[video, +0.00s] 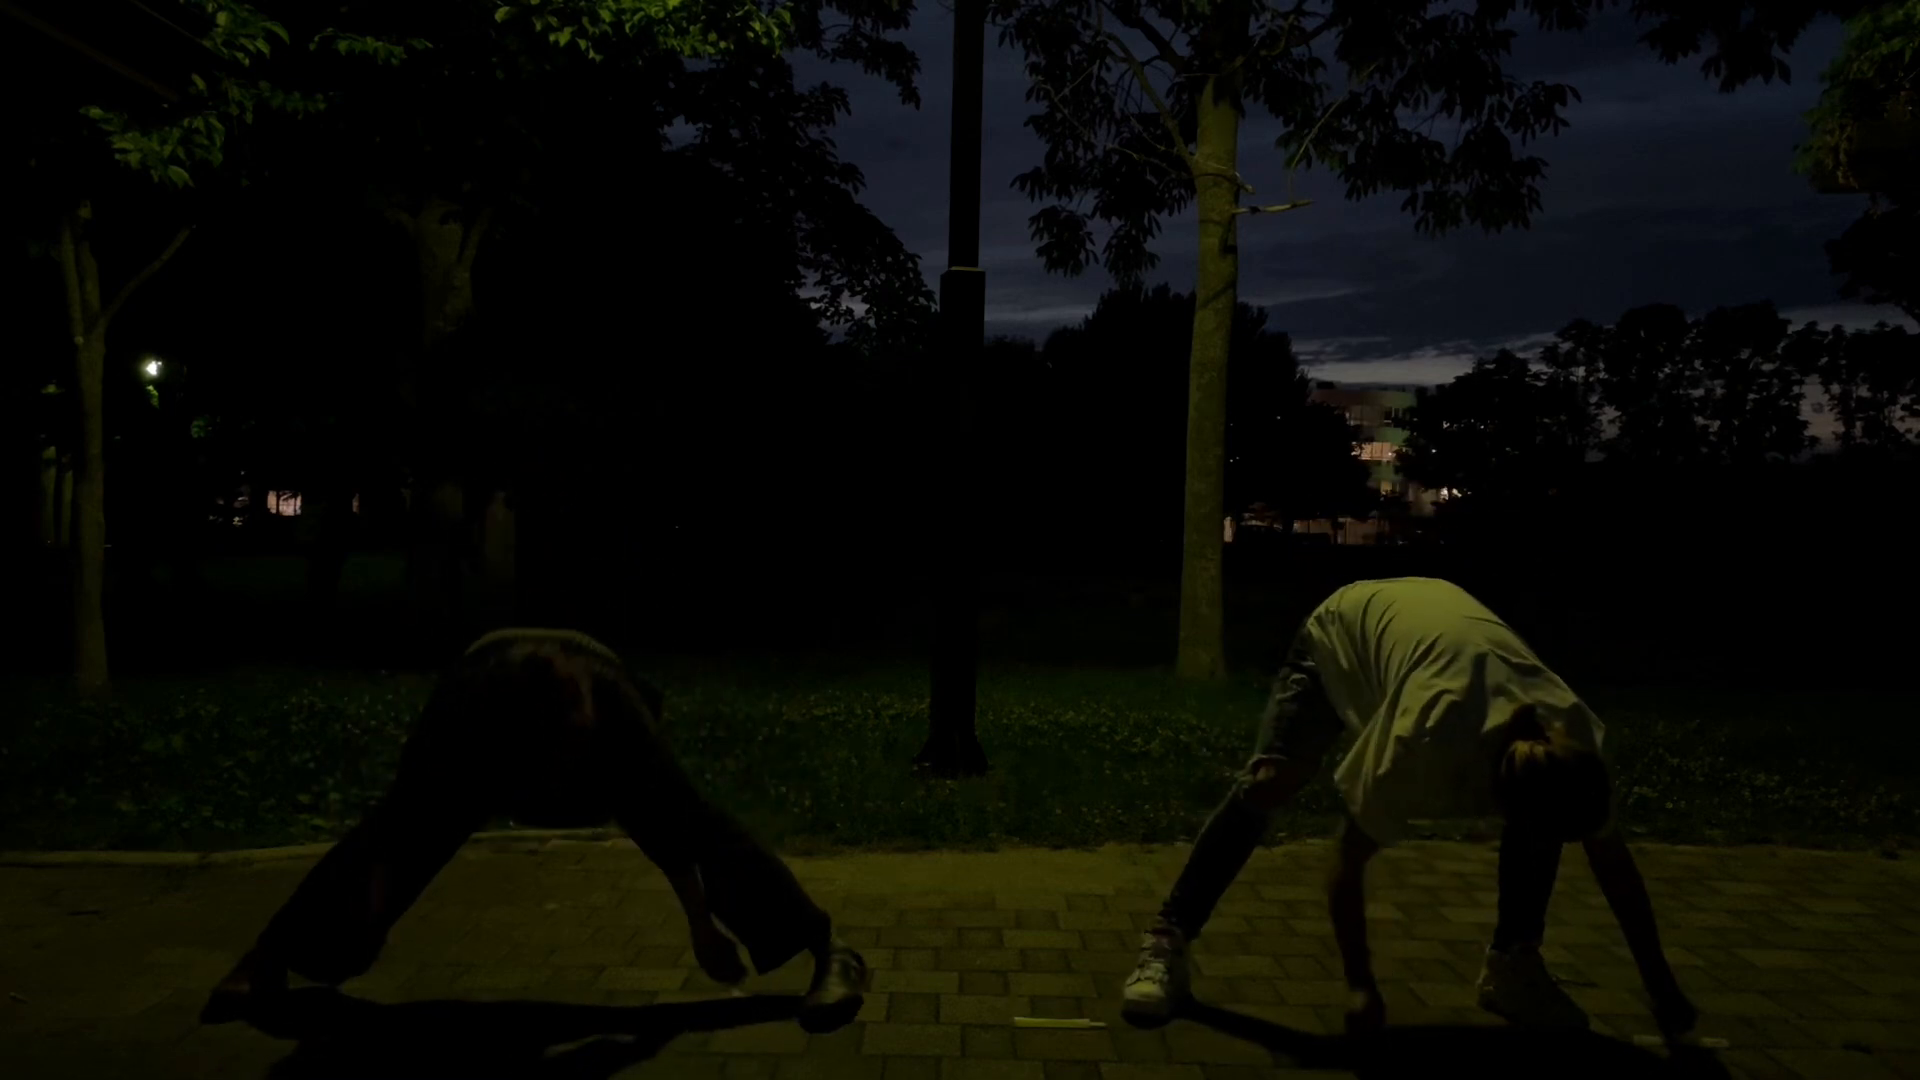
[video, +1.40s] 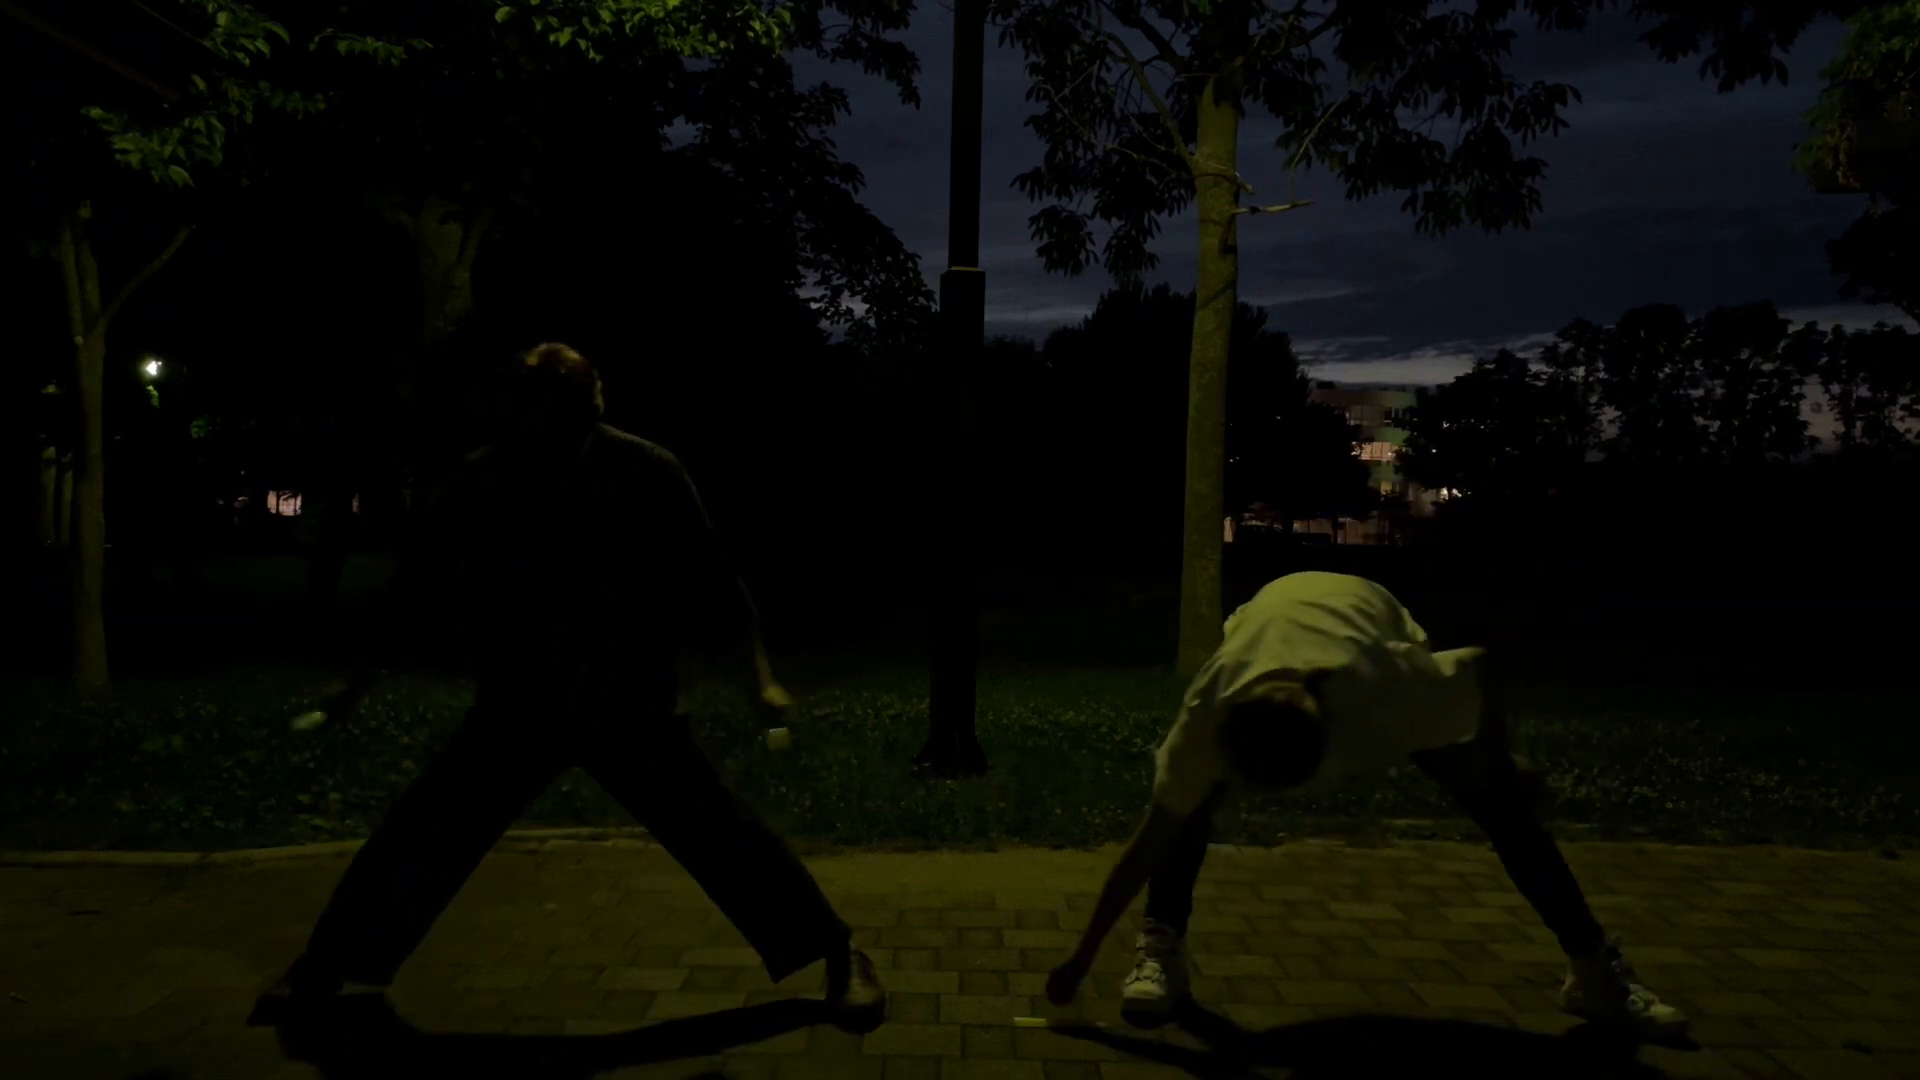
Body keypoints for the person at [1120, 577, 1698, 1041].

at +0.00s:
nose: (1537, 836)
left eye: (1556, 829)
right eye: (1535, 823)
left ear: (1586, 774)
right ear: (1511, 773)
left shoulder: (1577, 735)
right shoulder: (1426, 730)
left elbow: (1610, 857)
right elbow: (1347, 866)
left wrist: (1661, 982)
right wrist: (1362, 988)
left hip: (1450, 618)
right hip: (1343, 628)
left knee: (1546, 797)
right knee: (1265, 785)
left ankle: (1515, 968)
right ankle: (1166, 947)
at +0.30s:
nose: (1513, 756)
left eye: (1528, 747)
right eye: (1504, 745)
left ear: (1552, 701)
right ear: (1474, 704)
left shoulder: (1550, 666)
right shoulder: (1389, 662)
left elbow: (1602, 773)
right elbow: (1302, 781)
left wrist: (1634, 871)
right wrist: (1314, 909)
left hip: (1444, 604)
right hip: (1326, 616)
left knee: (1518, 789)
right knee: (1256, 774)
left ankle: (1515, 967)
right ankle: (1166, 946)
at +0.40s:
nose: (1492, 719)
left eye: (1508, 706)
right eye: (1484, 703)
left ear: (1533, 668)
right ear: (1458, 663)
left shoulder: (1542, 637)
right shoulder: (1373, 633)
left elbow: (1580, 731)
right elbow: (1291, 750)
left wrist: (1610, 805)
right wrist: (1298, 888)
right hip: (1315, 613)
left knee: (1504, 787)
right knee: (1249, 770)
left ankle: (1515, 965)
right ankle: (1165, 945)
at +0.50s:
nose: (1478, 683)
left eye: (1488, 673)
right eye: (1469, 671)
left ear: (1516, 620)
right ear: (1440, 620)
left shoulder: (1512, 572)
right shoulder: (1354, 594)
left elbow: (1536, 669)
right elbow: (1281, 731)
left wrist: (1558, 725)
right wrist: (1267, 853)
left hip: (1422, 641)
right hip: (1304, 624)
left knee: (1518, 778)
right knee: (1241, 772)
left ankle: (1562, 951)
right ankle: (1164, 943)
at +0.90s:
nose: (1472, 760)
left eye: (1482, 744)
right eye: (1459, 748)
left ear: (1503, 696)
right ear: (1420, 703)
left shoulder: (1538, 643)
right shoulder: (1349, 660)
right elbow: (1241, 787)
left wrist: (1557, 742)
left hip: (1468, 606)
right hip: (1337, 621)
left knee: (1557, 803)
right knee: (1253, 796)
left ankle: (1601, 972)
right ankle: (1167, 946)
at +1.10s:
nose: (1381, 776)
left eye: (1398, 764)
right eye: (1367, 765)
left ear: (1431, 716)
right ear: (1337, 723)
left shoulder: (1483, 662)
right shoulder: (1286, 686)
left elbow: (1544, 641)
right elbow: (1215, 793)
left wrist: (1543, 748)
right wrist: (1147, 909)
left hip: (1409, 598)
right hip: (1298, 613)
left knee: (1533, 802)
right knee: (1231, 798)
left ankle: (1601, 973)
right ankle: (1163, 952)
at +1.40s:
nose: (1269, 788)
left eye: (1284, 774)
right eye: (1256, 772)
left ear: (1315, 731)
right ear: (1233, 744)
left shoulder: (1392, 692)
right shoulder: (1202, 730)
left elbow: (1487, 670)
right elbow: (1149, 841)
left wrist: (1507, 763)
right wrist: (1081, 956)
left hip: (1372, 616)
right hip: (1256, 622)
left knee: (1501, 806)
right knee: (1185, 804)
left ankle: (1601, 973)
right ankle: (1162, 958)